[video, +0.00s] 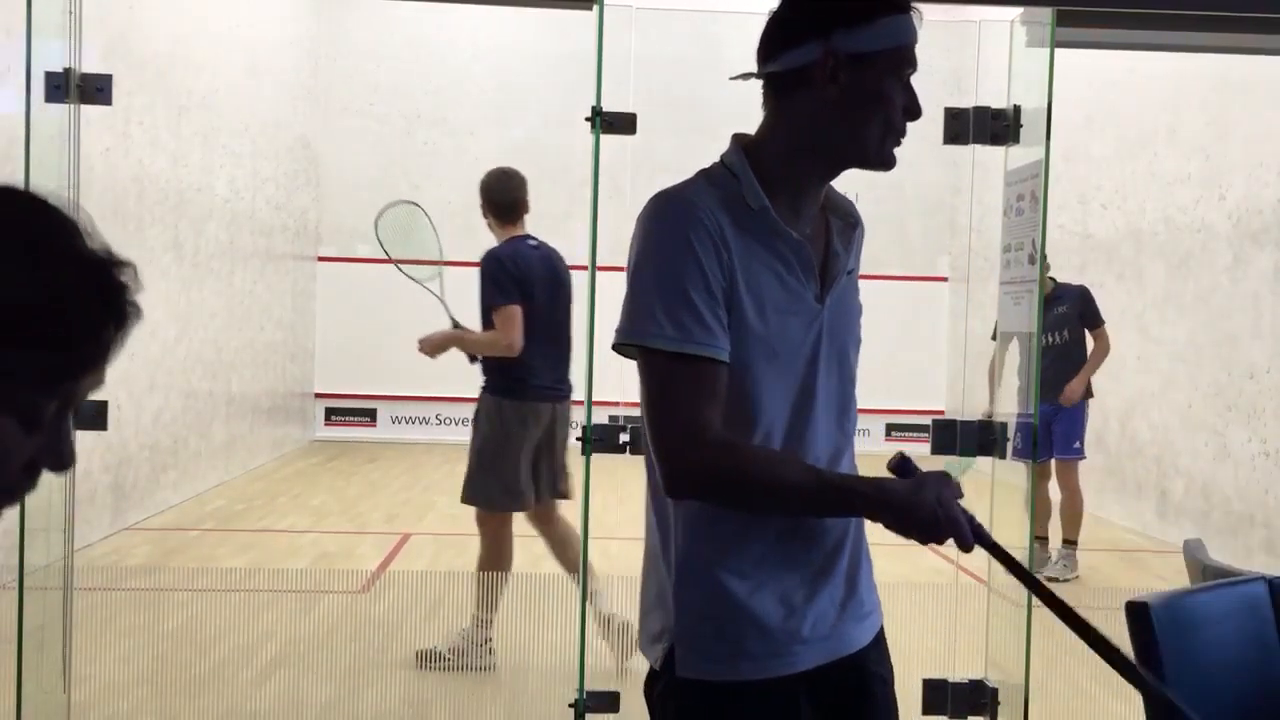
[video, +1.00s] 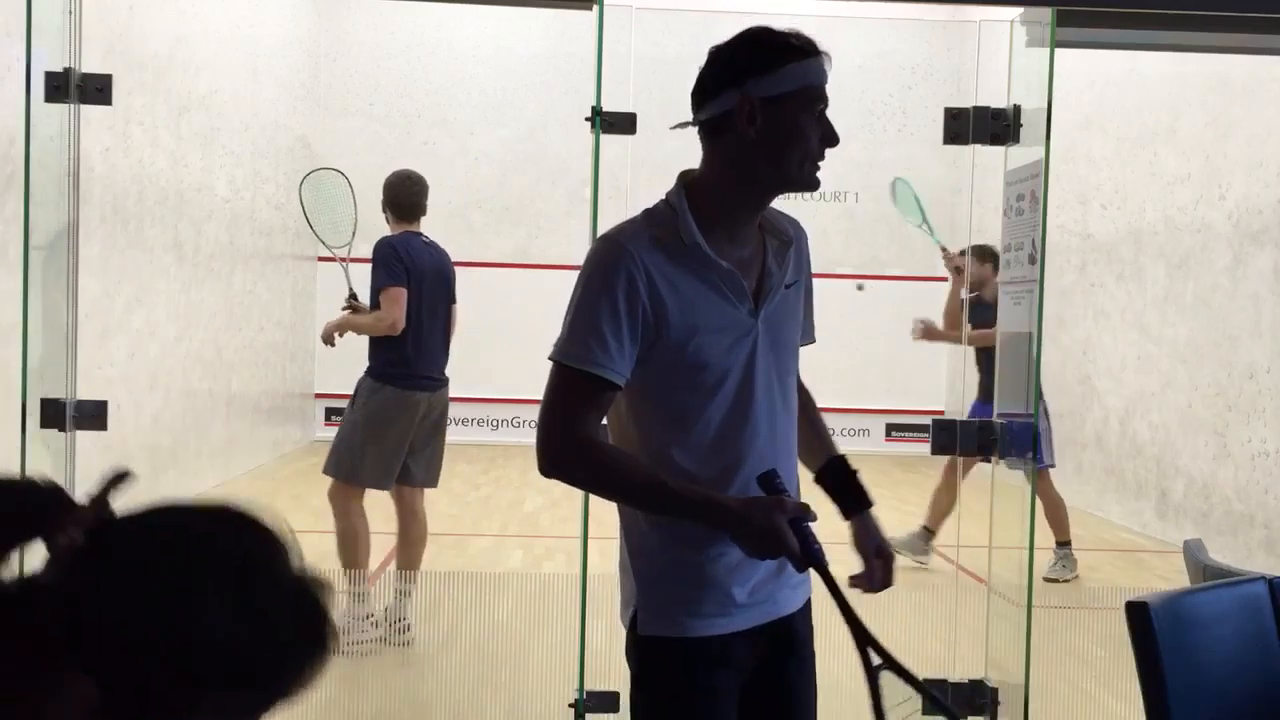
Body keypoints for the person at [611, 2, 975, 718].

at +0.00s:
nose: (916, 108)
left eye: (912, 81)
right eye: (899, 78)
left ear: (830, 78)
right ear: (826, 75)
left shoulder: (841, 225)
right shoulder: (686, 223)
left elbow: (808, 422)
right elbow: (689, 460)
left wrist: (885, 491)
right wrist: (881, 498)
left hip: (845, 630)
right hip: (726, 654)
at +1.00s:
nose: (833, 134)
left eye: (827, 111)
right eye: (816, 109)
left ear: (754, 117)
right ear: (750, 116)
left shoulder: (785, 244)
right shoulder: (628, 261)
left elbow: (780, 383)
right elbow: (563, 446)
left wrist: (855, 506)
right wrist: (729, 514)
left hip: (785, 600)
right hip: (686, 615)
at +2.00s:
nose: (673, 133)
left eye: (667, 114)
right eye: (653, 113)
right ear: (582, 125)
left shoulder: (684, 243)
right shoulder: (493, 262)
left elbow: (755, 371)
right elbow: (448, 427)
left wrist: (757, 387)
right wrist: (546, 505)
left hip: (680, 578)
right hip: (559, 590)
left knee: (709, 714)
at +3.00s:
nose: (583, 136)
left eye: (584, 118)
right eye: (561, 116)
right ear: (487, 115)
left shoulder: (595, 226)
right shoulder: (393, 255)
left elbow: (625, 354)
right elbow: (357, 425)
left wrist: (621, 396)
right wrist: (331, 584)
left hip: (590, 569)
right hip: (461, 581)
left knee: (634, 714)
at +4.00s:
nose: (905, 131)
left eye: (921, 111)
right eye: (883, 103)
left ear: (932, 126)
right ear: (829, 109)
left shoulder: (886, 249)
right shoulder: (761, 249)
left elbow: (947, 365)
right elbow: (728, 450)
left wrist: (1029, 386)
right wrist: (855, 587)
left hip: (881, 607)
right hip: (798, 617)